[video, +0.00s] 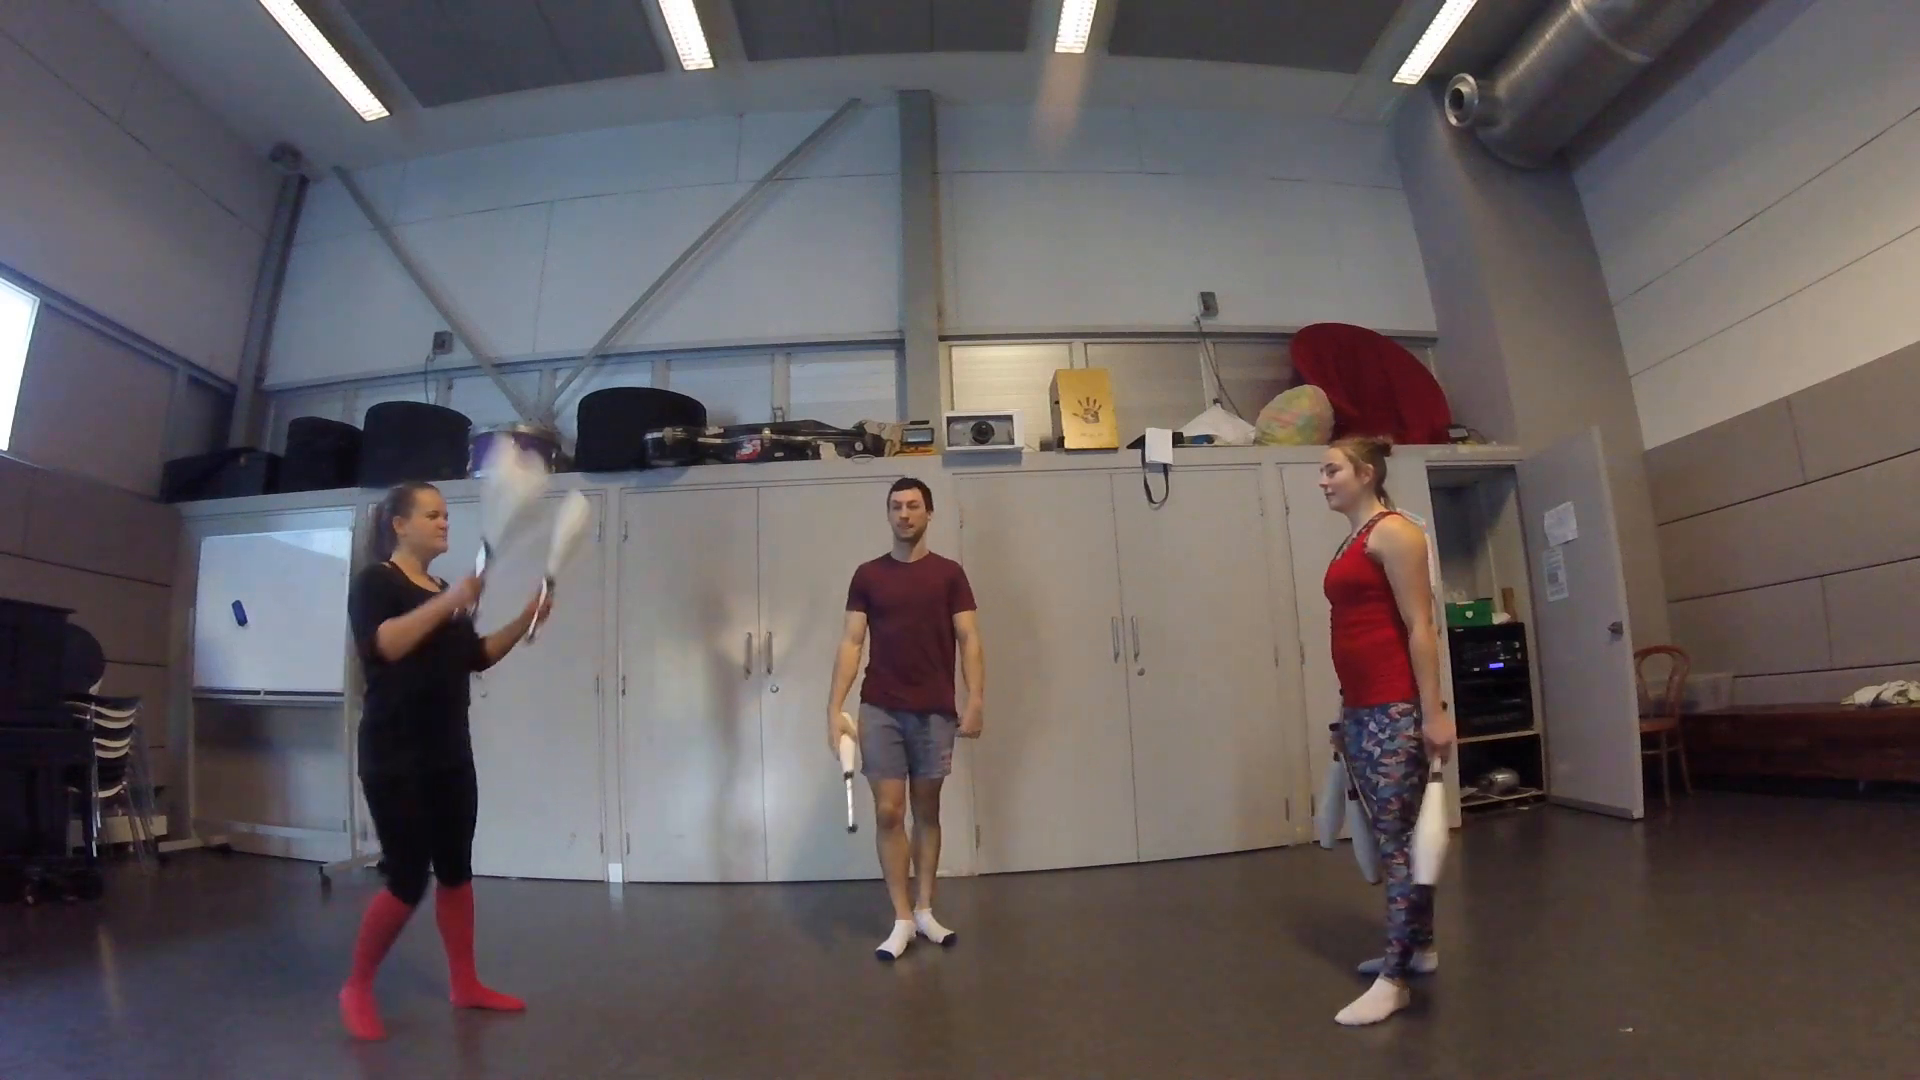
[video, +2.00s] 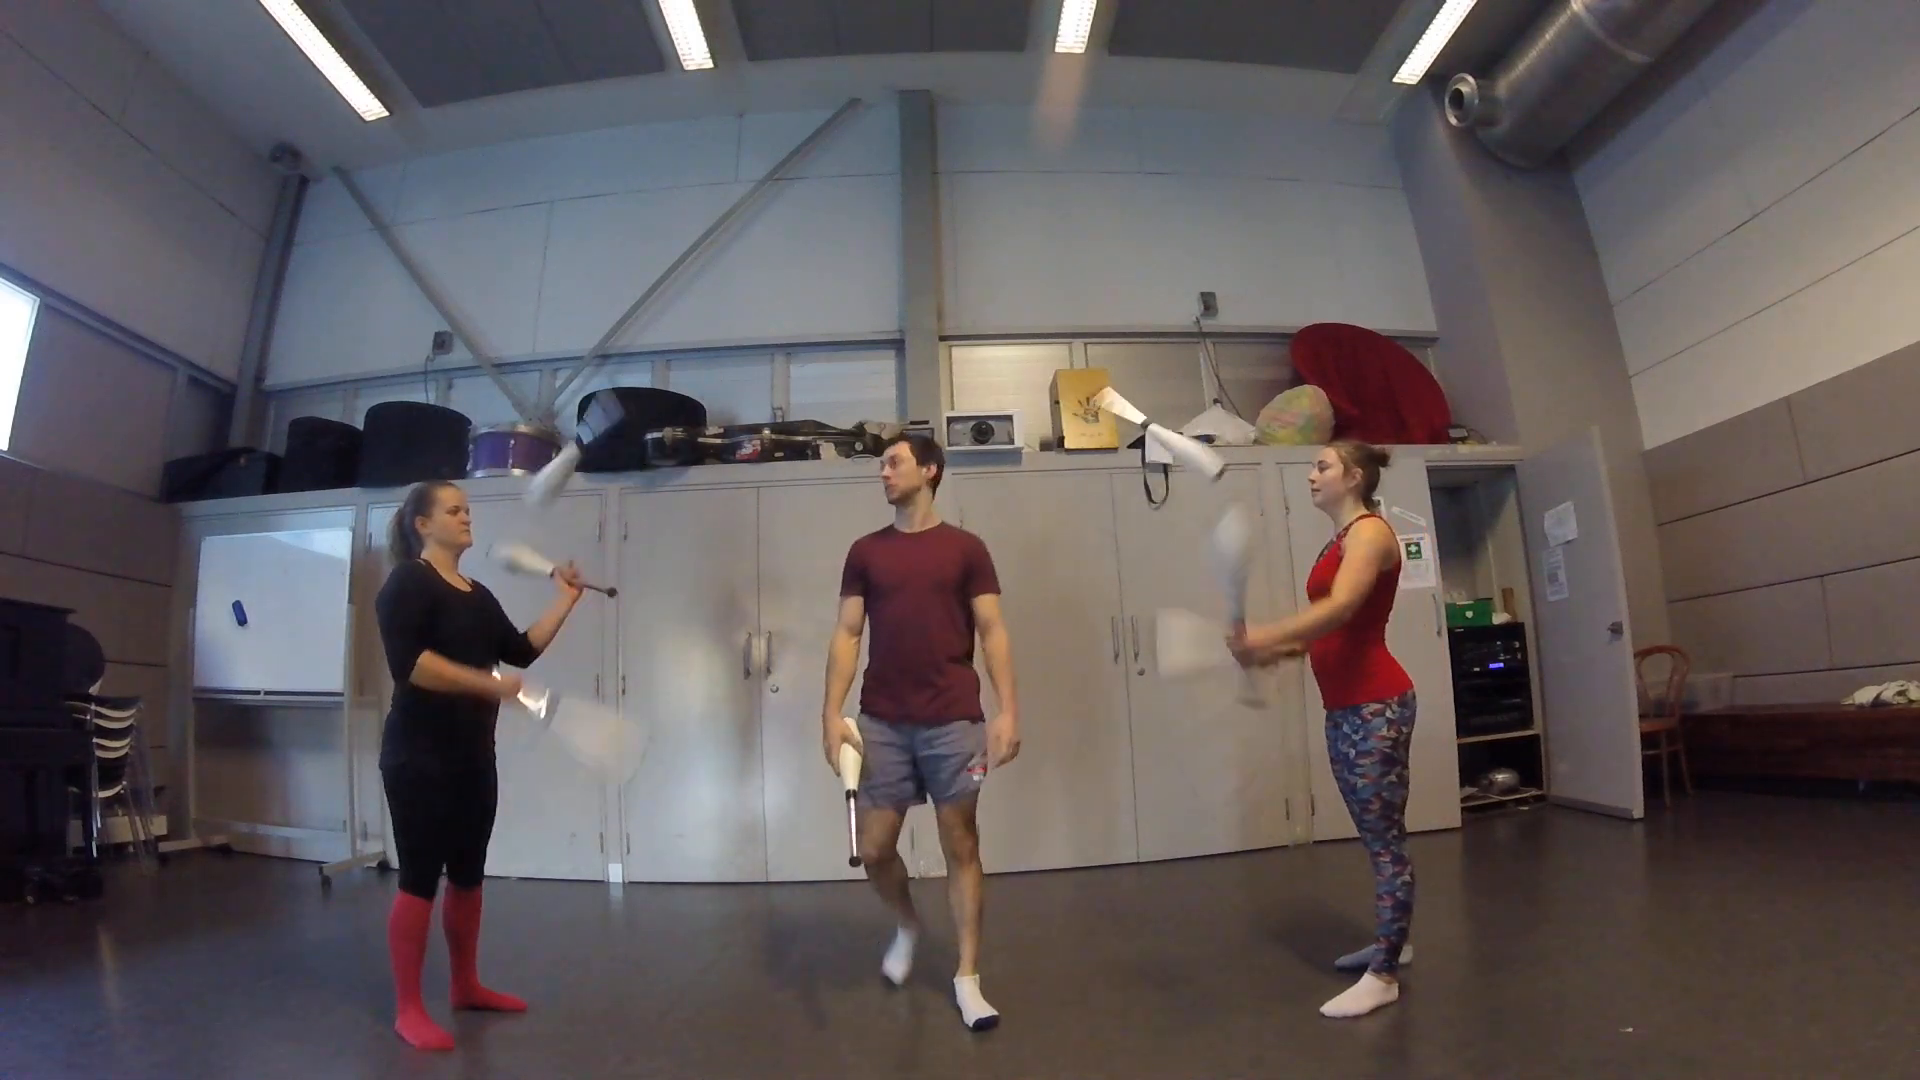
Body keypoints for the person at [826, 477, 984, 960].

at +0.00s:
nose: (904, 513)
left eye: (912, 506)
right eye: (897, 507)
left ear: (928, 515)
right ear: (887, 516)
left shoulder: (948, 572)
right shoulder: (868, 574)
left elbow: (969, 638)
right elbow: (851, 643)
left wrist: (975, 700)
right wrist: (835, 707)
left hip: (934, 708)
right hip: (880, 707)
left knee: (926, 810)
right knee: (888, 813)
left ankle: (925, 910)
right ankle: (902, 920)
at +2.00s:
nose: (885, 472)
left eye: (896, 463)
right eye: (883, 464)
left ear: (930, 473)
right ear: (887, 476)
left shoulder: (966, 548)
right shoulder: (866, 551)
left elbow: (992, 631)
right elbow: (846, 634)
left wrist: (1007, 713)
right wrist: (832, 713)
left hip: (952, 719)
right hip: (882, 722)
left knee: (961, 847)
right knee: (874, 852)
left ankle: (968, 976)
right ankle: (908, 925)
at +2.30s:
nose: (862, 460)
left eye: (873, 450)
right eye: (860, 452)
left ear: (912, 455)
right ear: (876, 462)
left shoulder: (958, 532)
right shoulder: (853, 542)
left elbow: (987, 617)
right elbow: (837, 633)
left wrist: (983, 691)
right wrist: (821, 719)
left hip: (947, 724)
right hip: (873, 723)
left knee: (958, 854)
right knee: (861, 861)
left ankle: (965, 980)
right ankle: (847, 1014)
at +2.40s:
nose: (846, 460)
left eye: (856, 449)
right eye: (845, 451)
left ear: (897, 453)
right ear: (878, 457)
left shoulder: (946, 527)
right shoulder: (841, 541)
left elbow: (965, 617)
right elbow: (824, 634)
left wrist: (922, 674)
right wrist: (804, 719)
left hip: (940, 725)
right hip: (861, 725)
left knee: (956, 857)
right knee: (854, 863)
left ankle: (965, 981)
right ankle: (845, 1016)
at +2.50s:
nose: (831, 453)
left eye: (842, 442)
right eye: (832, 443)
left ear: (882, 446)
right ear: (858, 451)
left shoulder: (931, 517)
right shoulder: (827, 535)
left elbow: (923, 607)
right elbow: (813, 632)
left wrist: (837, 638)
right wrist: (786, 716)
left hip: (926, 716)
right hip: (849, 722)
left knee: (964, 855)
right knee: (849, 865)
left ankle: (971, 973)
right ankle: (845, 1015)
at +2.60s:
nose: (818, 451)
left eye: (827, 440)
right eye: (817, 442)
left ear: (868, 442)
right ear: (855, 445)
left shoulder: (915, 511)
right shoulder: (820, 535)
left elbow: (863, 583)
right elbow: (802, 630)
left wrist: (755, 596)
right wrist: (774, 711)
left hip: (917, 714)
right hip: (839, 720)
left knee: (966, 854)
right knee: (844, 866)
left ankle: (990, 971)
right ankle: (845, 1018)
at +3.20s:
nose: (876, 443)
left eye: (885, 432)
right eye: (862, 432)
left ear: (898, 440)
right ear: (833, 443)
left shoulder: (918, 498)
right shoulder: (814, 537)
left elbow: (910, 570)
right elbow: (797, 640)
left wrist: (807, 598)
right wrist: (779, 732)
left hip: (937, 711)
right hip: (857, 721)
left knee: (979, 860)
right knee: (856, 871)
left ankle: (996, 995)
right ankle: (848, 1017)